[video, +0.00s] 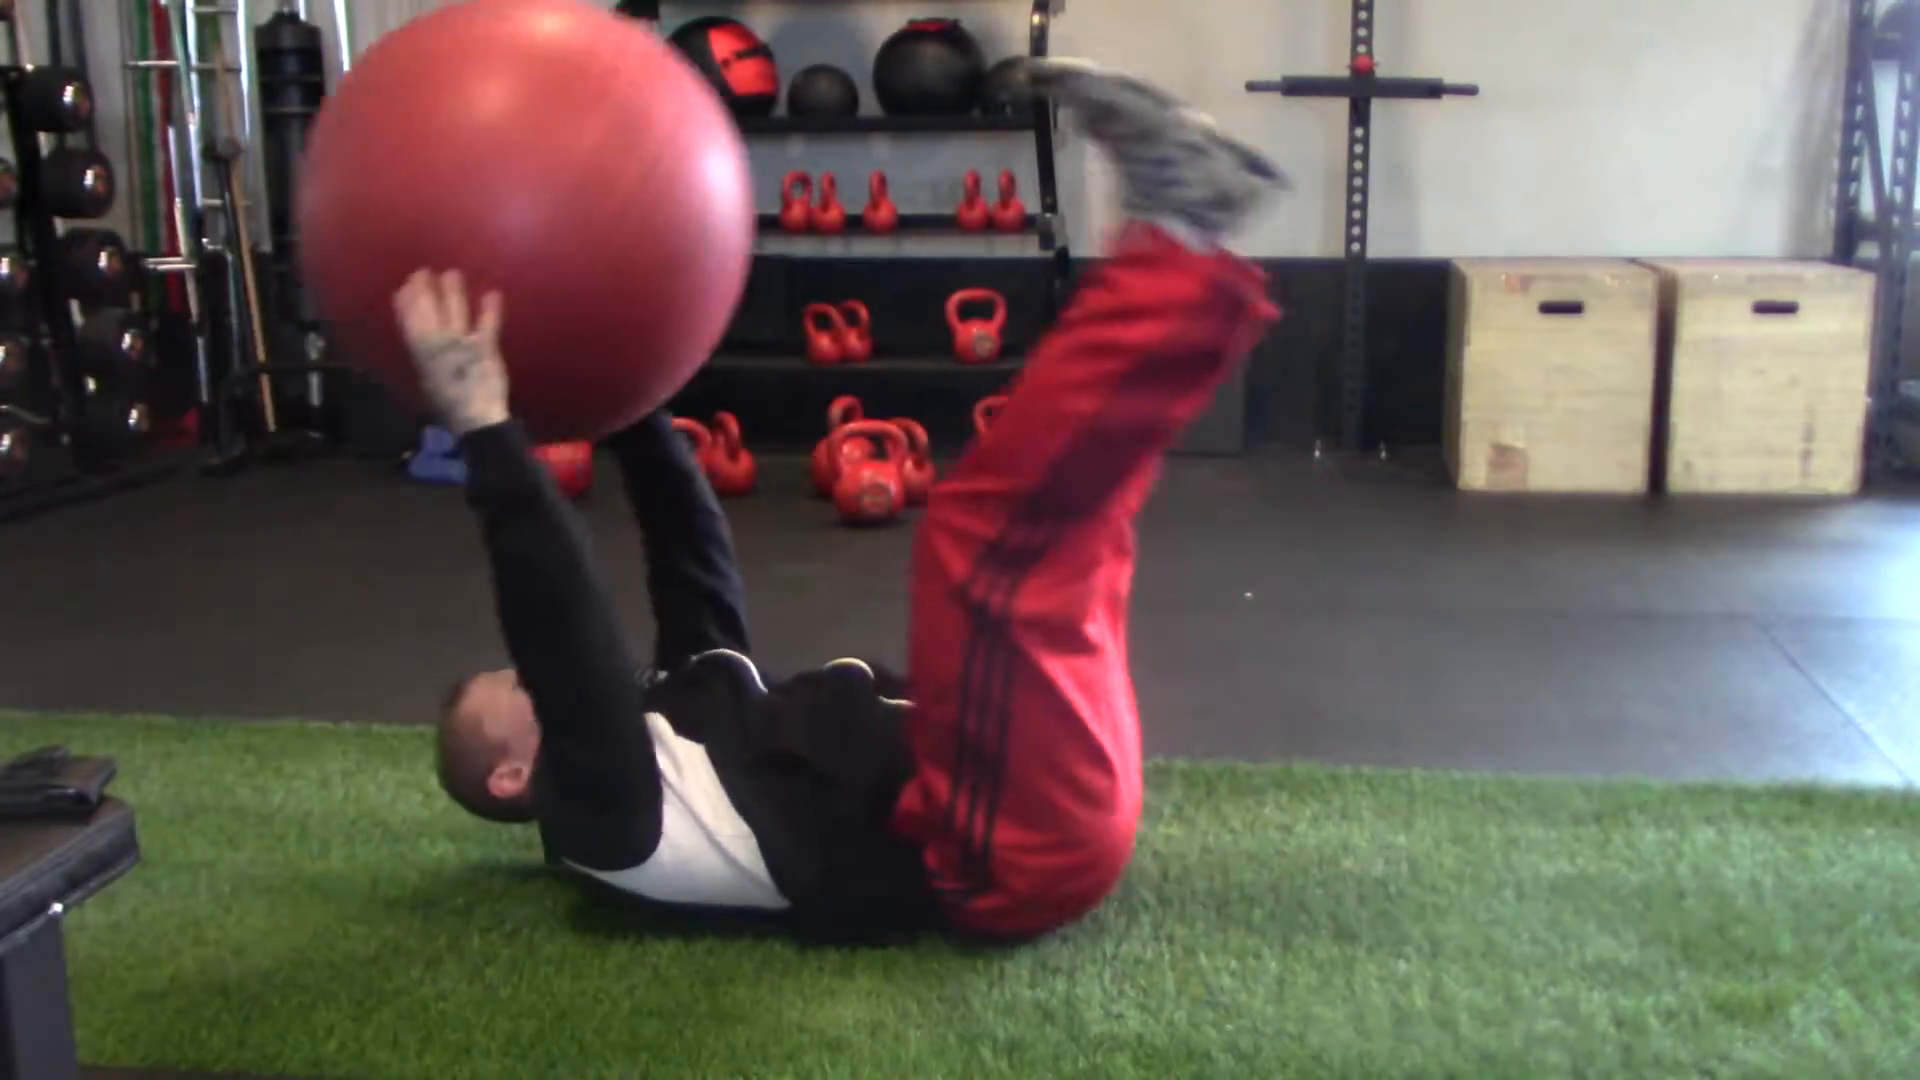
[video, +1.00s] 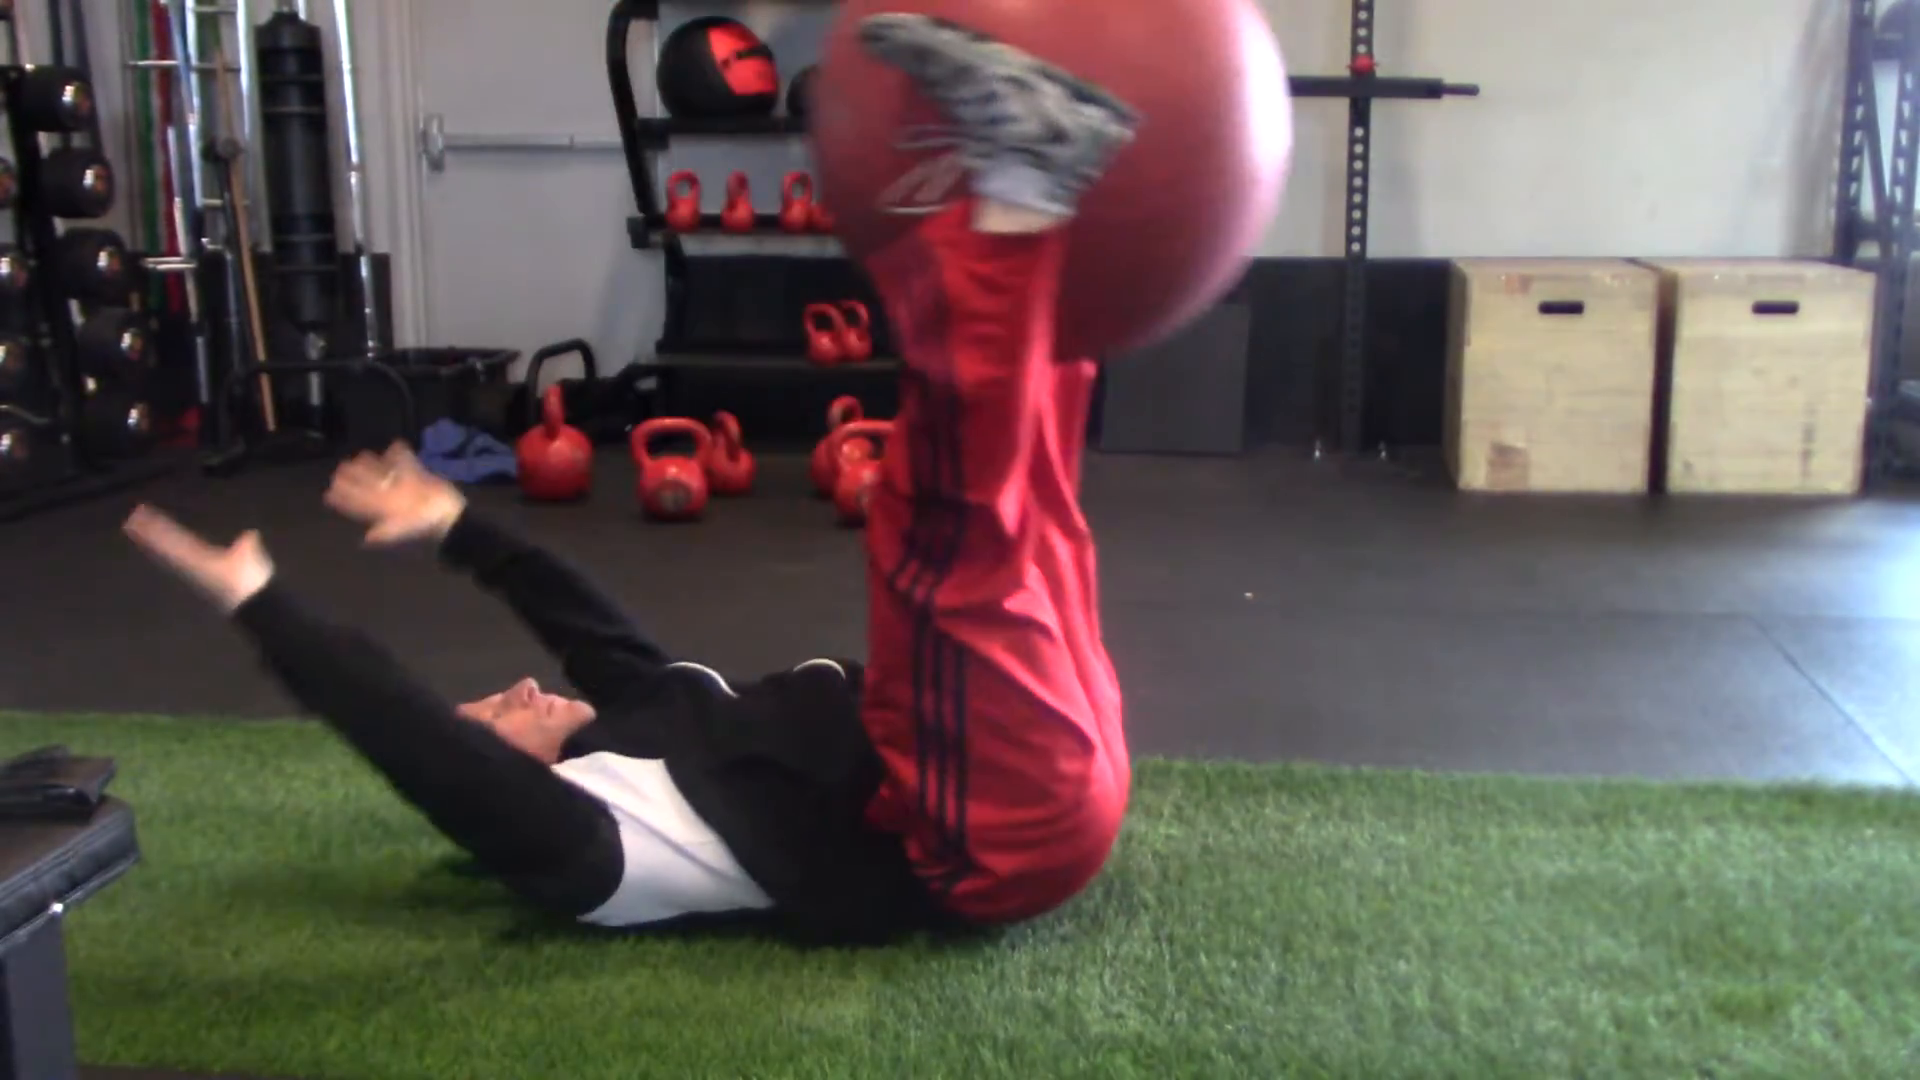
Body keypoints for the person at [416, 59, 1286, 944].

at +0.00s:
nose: (518, 679)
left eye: (504, 675)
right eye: (495, 704)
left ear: (568, 676)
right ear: (511, 782)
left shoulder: (693, 695)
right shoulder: (605, 825)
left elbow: (686, 533)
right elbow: (559, 619)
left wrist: (607, 370)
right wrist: (482, 427)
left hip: (1030, 803)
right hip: (996, 854)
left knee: (1059, 534)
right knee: (975, 533)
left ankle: (1179, 243)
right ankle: (1182, 247)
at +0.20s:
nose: (552, 644)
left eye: (530, 648)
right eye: (520, 669)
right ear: (515, 766)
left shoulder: (706, 700)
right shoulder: (609, 793)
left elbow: (734, 525)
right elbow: (631, 584)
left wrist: (716, 329)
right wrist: (606, 388)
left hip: (1061, 773)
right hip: (988, 825)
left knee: (966, 502)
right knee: (836, 551)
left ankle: (975, 215)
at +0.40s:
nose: (556, 646)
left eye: (533, 651)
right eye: (524, 672)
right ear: (522, 768)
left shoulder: (652, 746)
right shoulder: (610, 787)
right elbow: (650, 581)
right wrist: (638, 385)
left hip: (1049, 754)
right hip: (975, 799)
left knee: (891, 494)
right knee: (788, 549)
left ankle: (810, 250)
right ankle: (704, 229)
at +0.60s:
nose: (541, 660)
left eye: (524, 661)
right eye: (516, 683)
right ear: (515, 776)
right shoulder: (600, 798)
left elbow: (690, 601)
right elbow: (628, 609)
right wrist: (621, 396)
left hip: (1041, 752)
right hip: (970, 797)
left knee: (880, 484)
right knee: (786, 540)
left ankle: (810, 235)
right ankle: (709, 204)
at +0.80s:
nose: (523, 686)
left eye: (508, 682)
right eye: (496, 702)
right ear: (509, 788)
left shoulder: (694, 695)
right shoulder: (602, 829)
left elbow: (695, 556)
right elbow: (561, 642)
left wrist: (641, 388)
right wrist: (492, 434)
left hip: (1054, 751)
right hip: (984, 810)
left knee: (927, 488)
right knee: (840, 532)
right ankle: (792, 194)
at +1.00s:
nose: (519, 692)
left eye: (509, 693)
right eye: (490, 712)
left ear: (546, 704)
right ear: (494, 768)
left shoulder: (654, 712)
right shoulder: (584, 845)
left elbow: (575, 608)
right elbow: (416, 742)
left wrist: (458, 521)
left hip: (1036, 785)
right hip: (987, 836)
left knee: (1017, 503)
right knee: (949, 512)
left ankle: (1027, 226)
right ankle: (1007, 205)